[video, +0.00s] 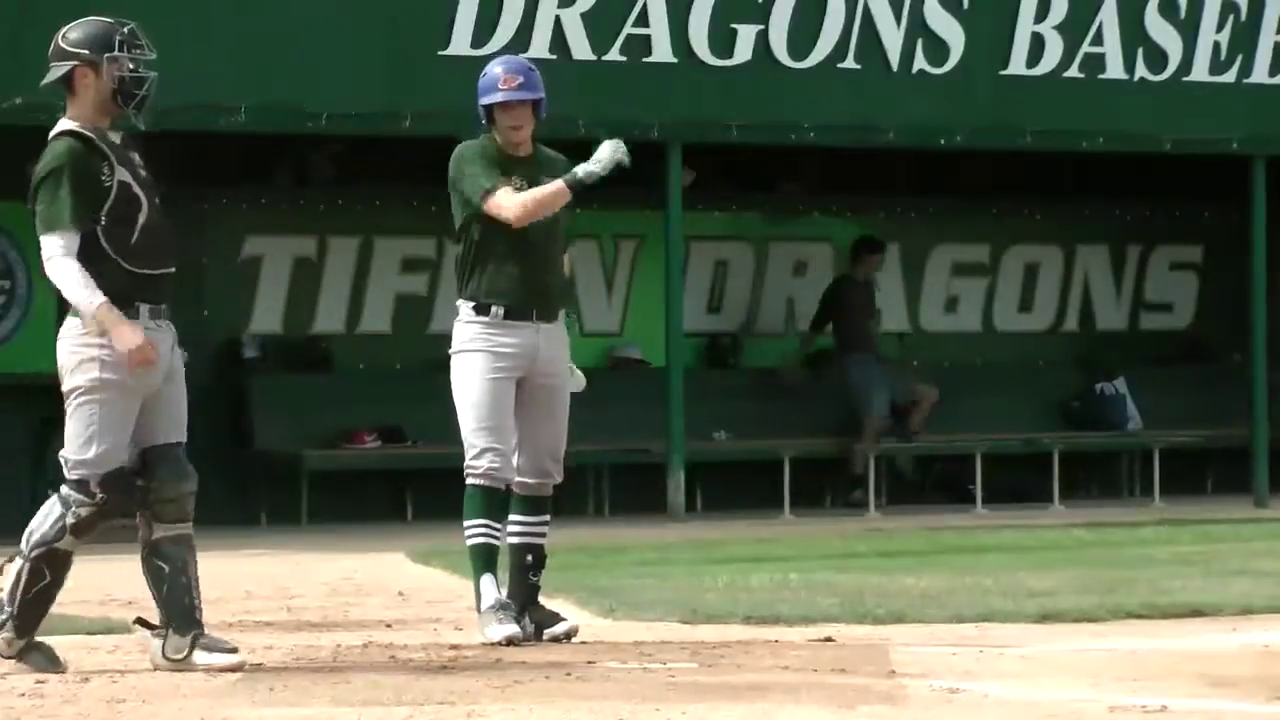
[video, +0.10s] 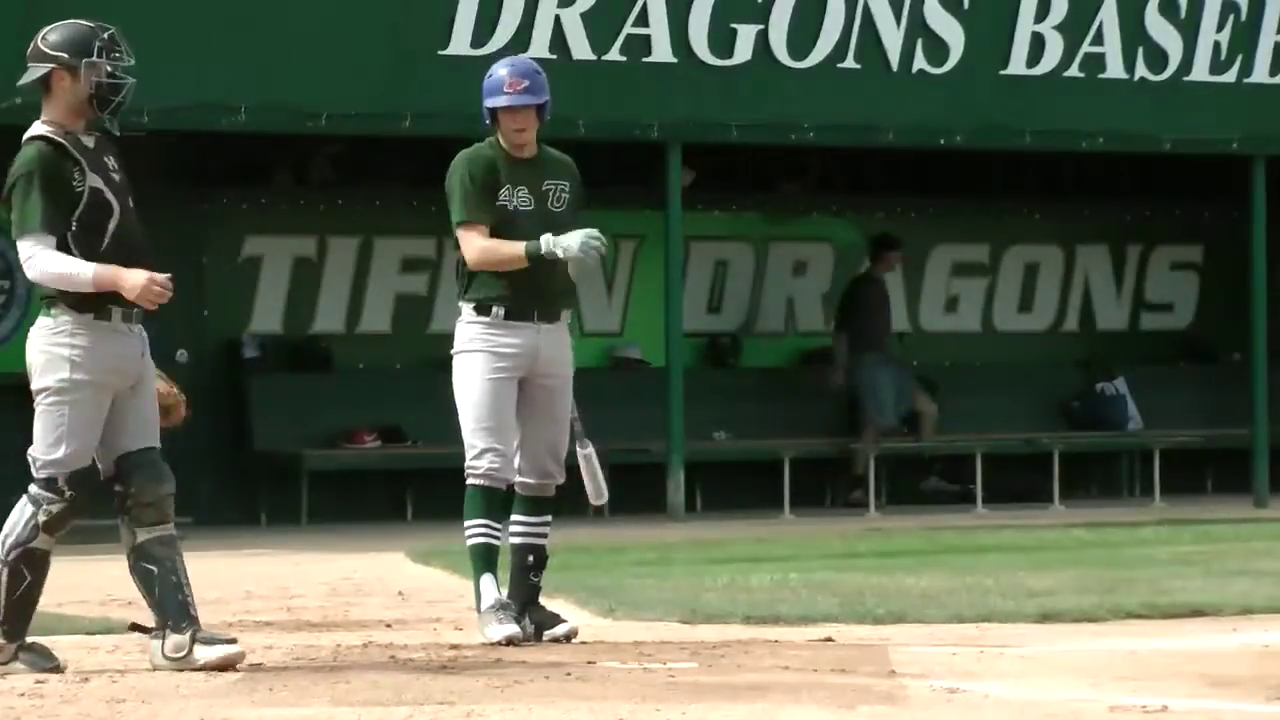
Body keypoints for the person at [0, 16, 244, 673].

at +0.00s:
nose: (131, 75)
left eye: (129, 65)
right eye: (118, 65)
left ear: (107, 74)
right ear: (82, 74)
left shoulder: (120, 143)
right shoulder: (67, 152)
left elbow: (121, 240)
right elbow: (59, 256)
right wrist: (116, 327)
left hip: (156, 331)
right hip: (102, 334)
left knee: (169, 488)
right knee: (91, 493)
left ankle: (182, 637)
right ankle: (11, 624)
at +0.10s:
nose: (107, 84)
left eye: (107, 73)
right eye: (96, 73)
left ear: (74, 79)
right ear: (62, 75)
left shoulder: (97, 151)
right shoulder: (39, 157)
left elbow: (106, 260)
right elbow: (37, 261)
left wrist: (145, 366)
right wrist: (120, 278)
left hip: (124, 333)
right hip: (71, 335)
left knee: (147, 488)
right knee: (53, 496)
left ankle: (178, 634)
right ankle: (6, 636)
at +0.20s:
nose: (83, 88)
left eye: (82, 78)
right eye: (72, 76)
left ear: (63, 84)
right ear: (37, 77)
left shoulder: (73, 152)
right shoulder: (12, 156)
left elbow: (91, 260)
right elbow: (20, 256)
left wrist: (137, 329)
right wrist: (96, 213)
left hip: (98, 333)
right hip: (44, 334)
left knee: (130, 485)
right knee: (30, 497)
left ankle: (171, 631)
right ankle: (6, 641)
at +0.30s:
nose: (59, 97)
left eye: (61, 87)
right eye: (51, 85)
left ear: (28, 84)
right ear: (16, 79)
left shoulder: (44, 150)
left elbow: (79, 235)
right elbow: (22, 235)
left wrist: (133, 299)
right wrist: (54, 155)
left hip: (76, 331)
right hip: (21, 332)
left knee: (122, 476)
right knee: (10, 497)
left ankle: (162, 625)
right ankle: (5, 642)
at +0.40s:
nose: (55, 86)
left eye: (54, 76)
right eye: (46, 76)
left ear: (26, 80)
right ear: (21, 79)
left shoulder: (38, 141)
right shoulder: (6, 141)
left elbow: (60, 228)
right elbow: (18, 207)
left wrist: (126, 288)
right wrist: (17, 119)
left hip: (61, 331)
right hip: (14, 331)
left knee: (114, 473)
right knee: (5, 495)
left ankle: (143, 624)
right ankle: (5, 642)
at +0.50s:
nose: (32, 83)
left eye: (30, 73)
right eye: (23, 73)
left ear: (13, 77)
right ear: (1, 77)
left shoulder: (21, 137)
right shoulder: (2, 137)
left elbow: (44, 228)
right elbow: (20, 232)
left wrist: (110, 290)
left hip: (45, 331)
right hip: (6, 334)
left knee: (99, 473)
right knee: (1, 490)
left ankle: (107, 627)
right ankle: (5, 643)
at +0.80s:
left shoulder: (3, 178)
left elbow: (15, 246)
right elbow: (17, 249)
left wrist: (56, 307)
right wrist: (53, 305)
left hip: (17, 328)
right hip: (10, 329)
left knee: (37, 490)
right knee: (21, 491)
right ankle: (6, 641)